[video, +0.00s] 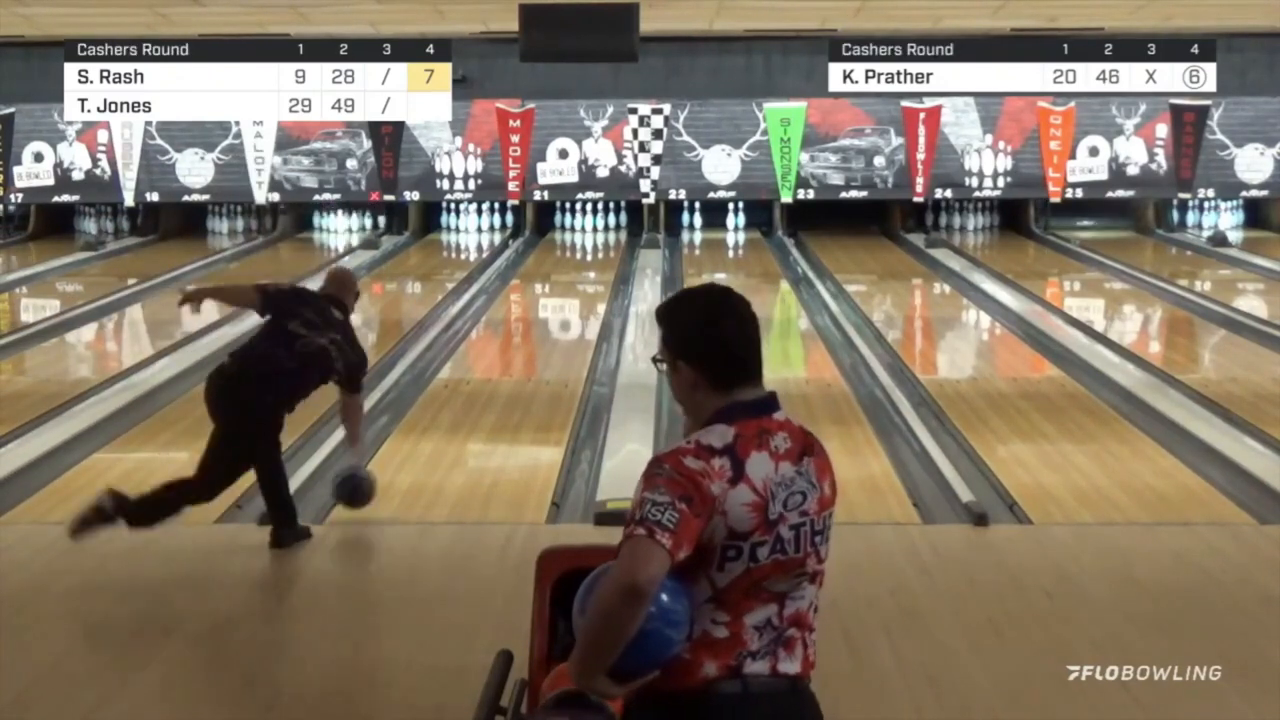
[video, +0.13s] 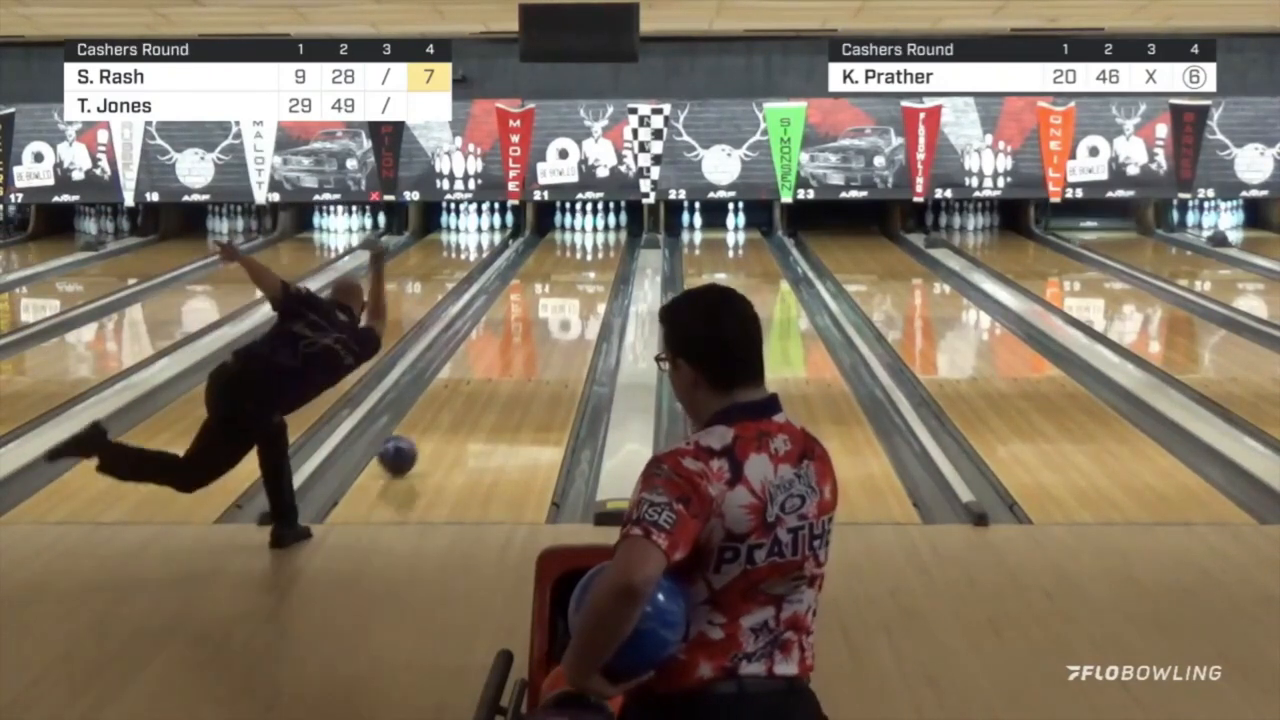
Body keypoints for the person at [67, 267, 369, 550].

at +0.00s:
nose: (355, 299)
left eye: (347, 291)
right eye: (355, 295)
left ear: (324, 287)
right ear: (352, 299)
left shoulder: (296, 297)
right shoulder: (350, 350)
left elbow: (248, 295)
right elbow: (351, 407)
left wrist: (205, 292)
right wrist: (356, 444)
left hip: (221, 385)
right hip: (257, 410)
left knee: (267, 450)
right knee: (205, 486)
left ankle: (285, 529)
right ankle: (122, 508)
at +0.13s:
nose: (358, 301)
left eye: (350, 296)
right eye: (359, 300)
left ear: (329, 297)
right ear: (359, 312)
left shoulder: (302, 302)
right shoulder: (359, 342)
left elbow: (271, 283)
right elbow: (377, 316)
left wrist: (241, 257)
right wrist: (378, 266)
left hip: (222, 381)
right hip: (248, 412)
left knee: (274, 433)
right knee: (188, 477)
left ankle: (285, 525)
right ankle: (100, 447)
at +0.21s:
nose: (363, 303)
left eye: (357, 296)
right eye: (364, 300)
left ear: (335, 296)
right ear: (364, 308)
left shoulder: (305, 303)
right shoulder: (364, 336)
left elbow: (268, 281)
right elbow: (393, 307)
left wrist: (237, 255)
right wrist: (383, 261)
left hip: (224, 377)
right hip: (250, 403)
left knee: (275, 431)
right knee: (189, 474)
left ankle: (286, 526)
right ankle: (104, 439)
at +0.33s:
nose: (378, 297)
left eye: (374, 291)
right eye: (375, 293)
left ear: (343, 292)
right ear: (363, 299)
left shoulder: (303, 298)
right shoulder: (363, 330)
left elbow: (248, 283)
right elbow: (410, 332)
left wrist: (199, 264)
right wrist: (421, 284)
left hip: (226, 372)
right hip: (247, 392)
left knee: (281, 430)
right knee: (202, 473)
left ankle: (282, 526)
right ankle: (104, 470)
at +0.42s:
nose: (375, 301)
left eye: (374, 296)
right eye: (375, 296)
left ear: (341, 289)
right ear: (367, 297)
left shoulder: (301, 297)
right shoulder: (359, 328)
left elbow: (240, 291)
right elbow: (408, 363)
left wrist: (181, 280)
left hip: (225, 372)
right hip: (248, 390)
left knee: (285, 431)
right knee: (206, 471)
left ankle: (283, 526)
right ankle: (120, 511)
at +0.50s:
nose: (373, 301)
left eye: (372, 295)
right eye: (374, 296)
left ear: (341, 287)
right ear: (367, 296)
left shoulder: (301, 297)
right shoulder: (358, 331)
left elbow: (240, 298)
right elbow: (391, 383)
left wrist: (181, 292)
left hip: (224, 373)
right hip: (246, 390)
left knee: (286, 431)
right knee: (211, 471)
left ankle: (283, 526)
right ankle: (125, 511)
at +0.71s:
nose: (377, 296)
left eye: (376, 290)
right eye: (377, 290)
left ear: (342, 284)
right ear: (372, 293)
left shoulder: (304, 293)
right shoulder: (358, 337)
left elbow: (245, 302)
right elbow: (333, 407)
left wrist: (193, 304)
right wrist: (318, 461)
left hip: (225, 366)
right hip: (250, 390)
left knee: (285, 435)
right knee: (209, 466)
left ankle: (283, 526)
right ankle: (131, 517)